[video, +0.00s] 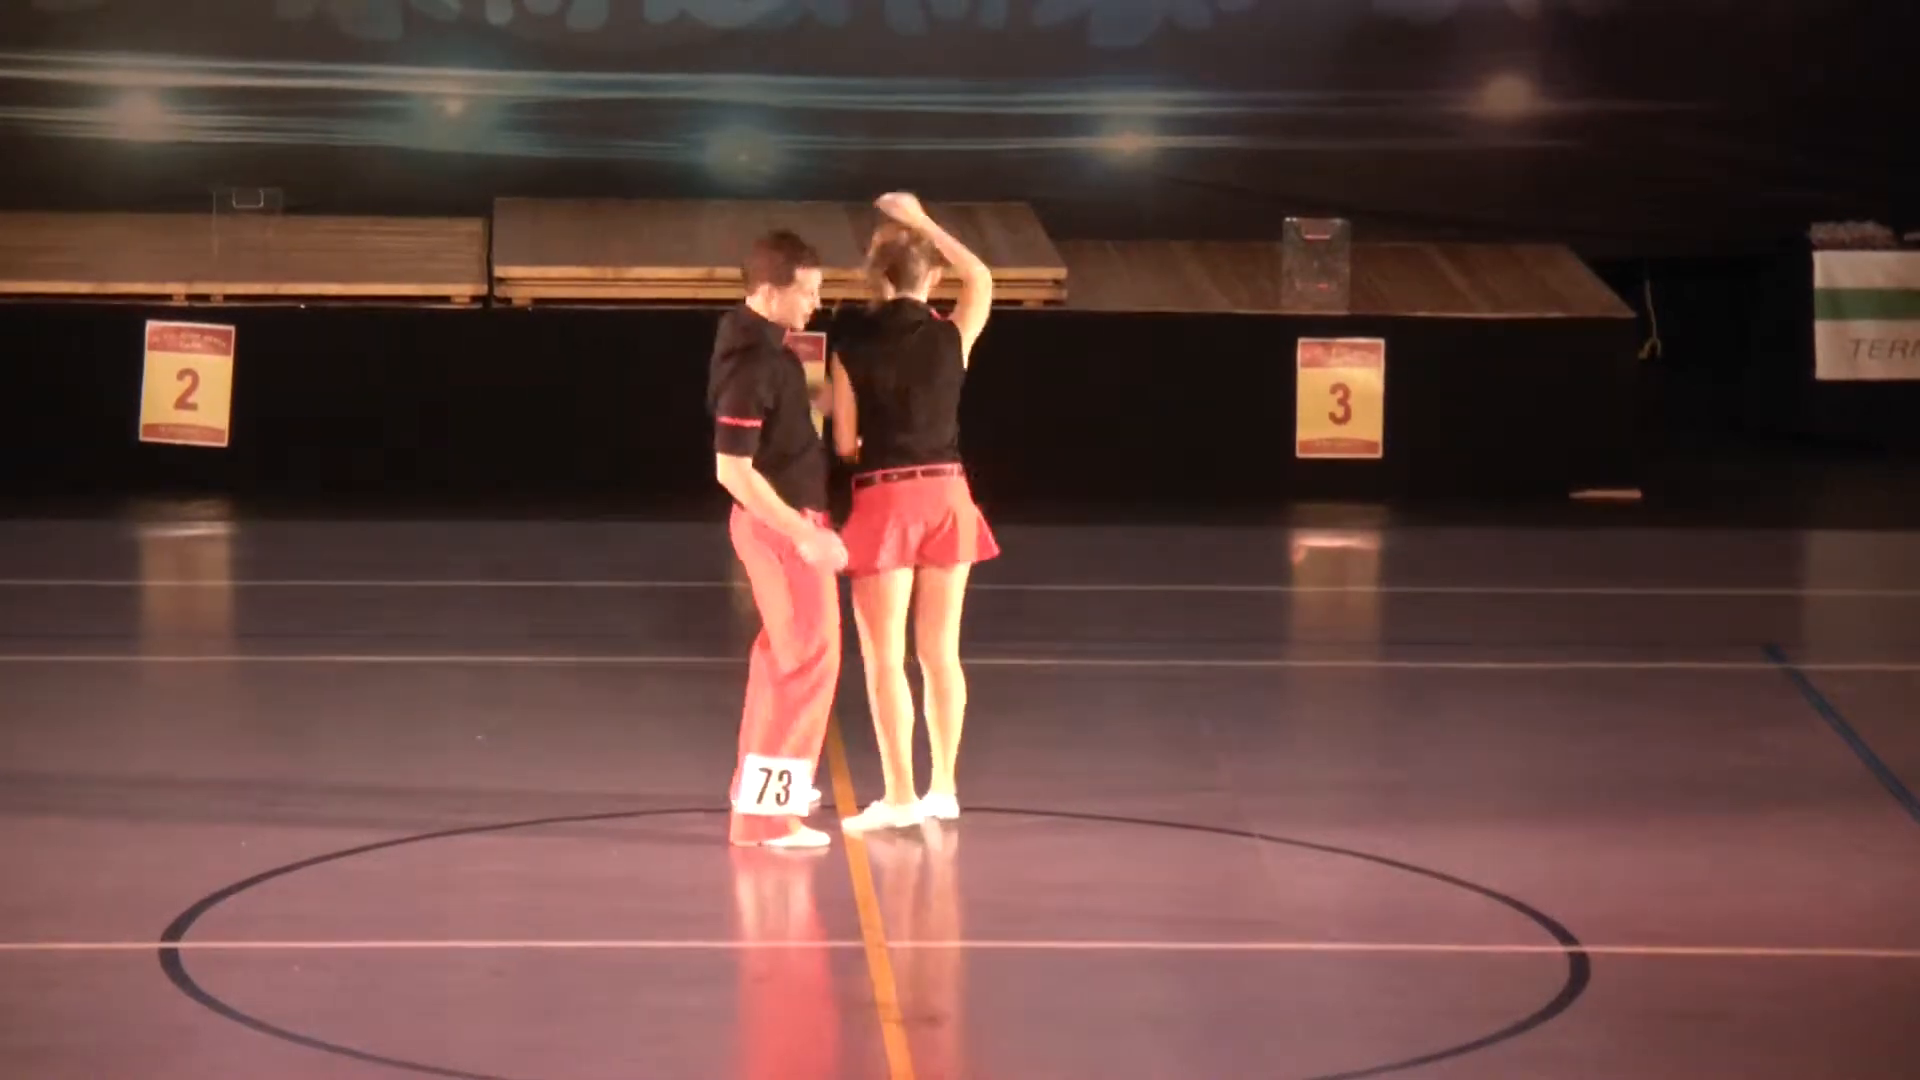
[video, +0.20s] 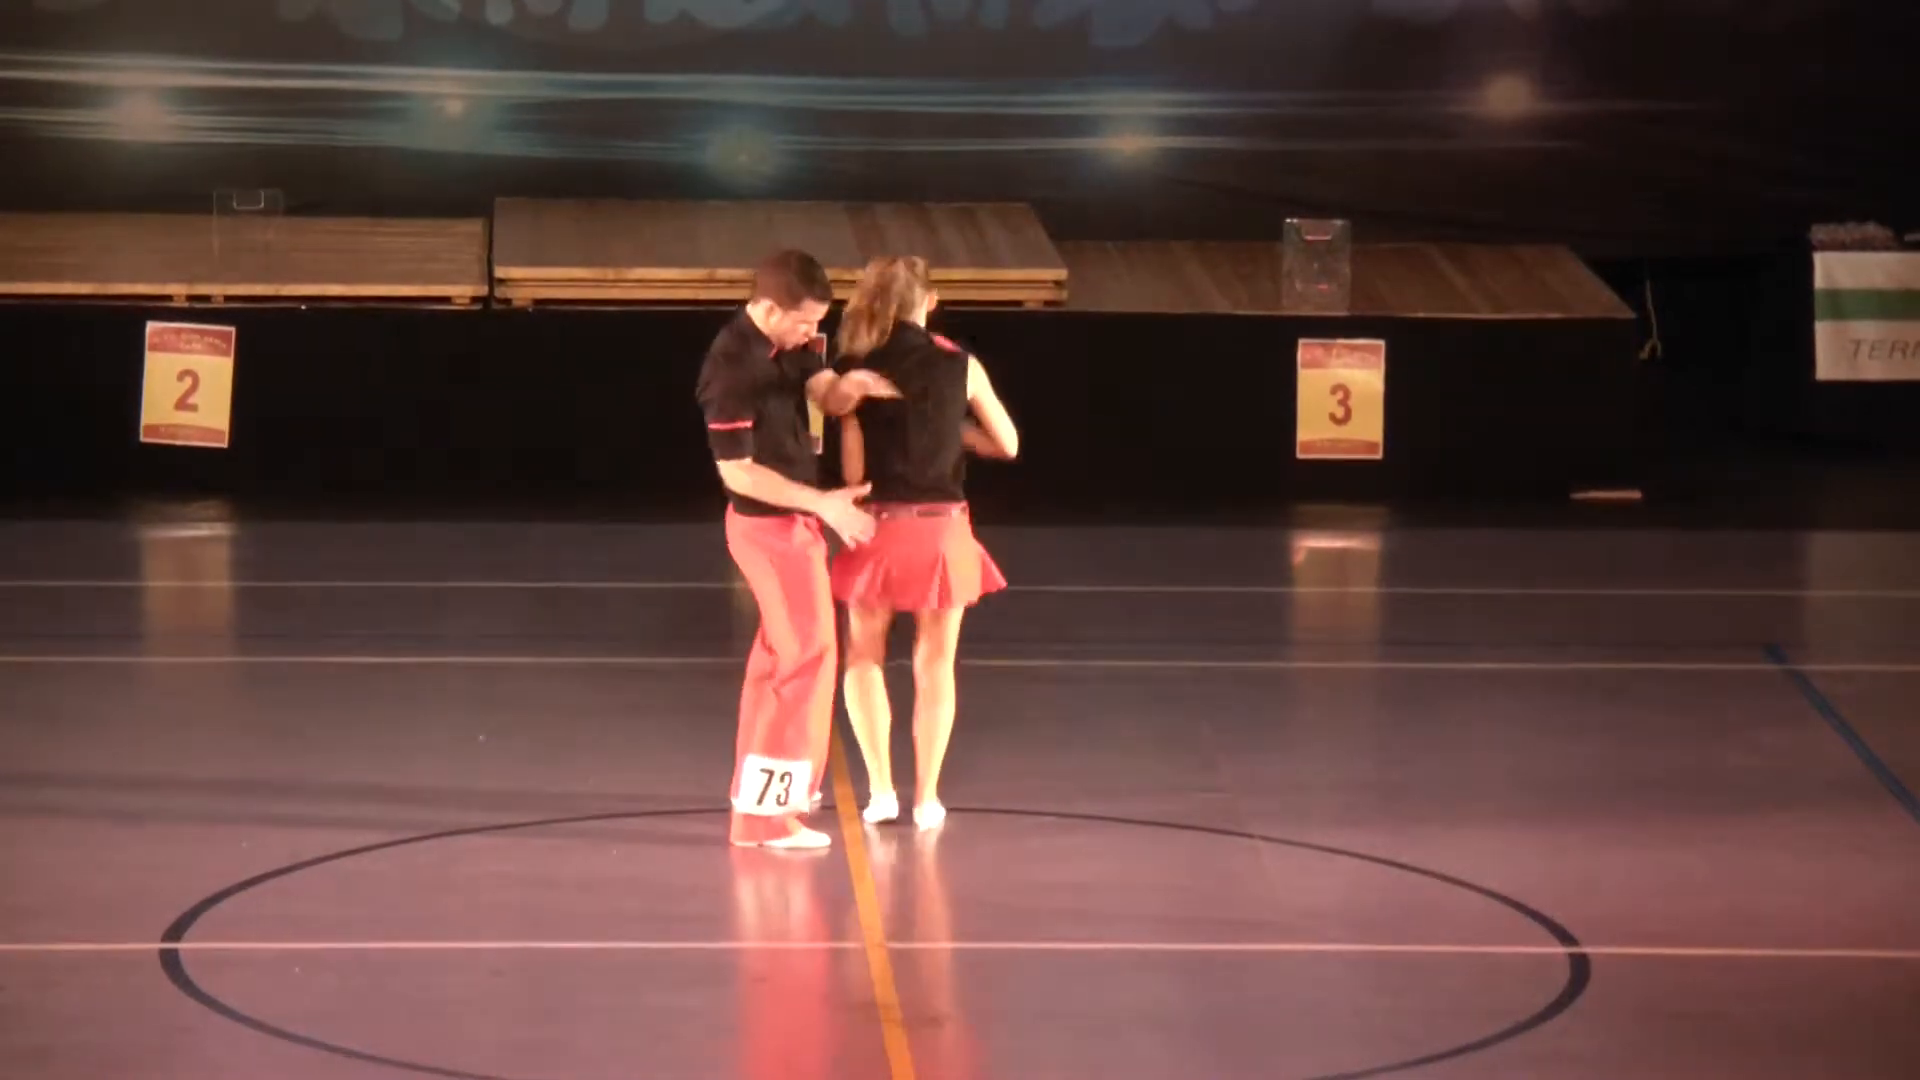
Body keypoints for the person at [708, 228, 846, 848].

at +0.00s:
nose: (815, 303)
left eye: (815, 290)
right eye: (808, 291)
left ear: (770, 289)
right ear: (773, 290)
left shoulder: (757, 334)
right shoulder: (754, 354)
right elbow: (734, 467)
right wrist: (802, 534)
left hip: (781, 515)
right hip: (778, 520)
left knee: (782, 652)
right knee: (812, 656)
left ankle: (757, 804)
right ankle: (769, 812)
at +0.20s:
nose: (813, 331)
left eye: (817, 320)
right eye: (805, 319)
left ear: (789, 311)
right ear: (769, 308)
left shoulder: (791, 341)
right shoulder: (734, 363)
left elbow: (823, 399)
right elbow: (737, 471)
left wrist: (841, 385)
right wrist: (823, 503)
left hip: (792, 522)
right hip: (767, 526)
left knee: (780, 652)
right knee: (810, 653)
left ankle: (754, 800)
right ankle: (767, 812)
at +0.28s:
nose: (821, 335)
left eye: (824, 324)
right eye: (813, 324)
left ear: (811, 310)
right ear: (776, 308)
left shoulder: (796, 338)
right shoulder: (733, 364)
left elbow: (850, 371)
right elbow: (750, 465)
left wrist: (903, 402)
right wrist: (829, 499)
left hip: (786, 516)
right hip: (752, 521)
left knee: (787, 650)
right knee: (780, 652)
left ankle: (772, 785)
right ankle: (754, 810)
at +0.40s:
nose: (831, 356)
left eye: (835, 345)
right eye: (823, 346)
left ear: (835, 332)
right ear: (788, 330)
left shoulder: (834, 342)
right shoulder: (739, 372)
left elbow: (886, 415)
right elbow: (762, 470)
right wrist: (837, 521)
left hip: (777, 516)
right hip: (729, 519)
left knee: (747, 653)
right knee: (766, 652)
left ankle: (752, 784)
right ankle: (748, 814)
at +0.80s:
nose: (823, 358)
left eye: (829, 346)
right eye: (814, 346)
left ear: (836, 335)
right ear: (783, 326)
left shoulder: (834, 354)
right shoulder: (739, 374)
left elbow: (883, 421)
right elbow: (774, 472)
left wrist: (937, 489)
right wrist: (850, 519)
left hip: (768, 520)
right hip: (717, 522)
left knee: (744, 650)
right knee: (766, 647)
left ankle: (745, 776)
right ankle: (751, 815)